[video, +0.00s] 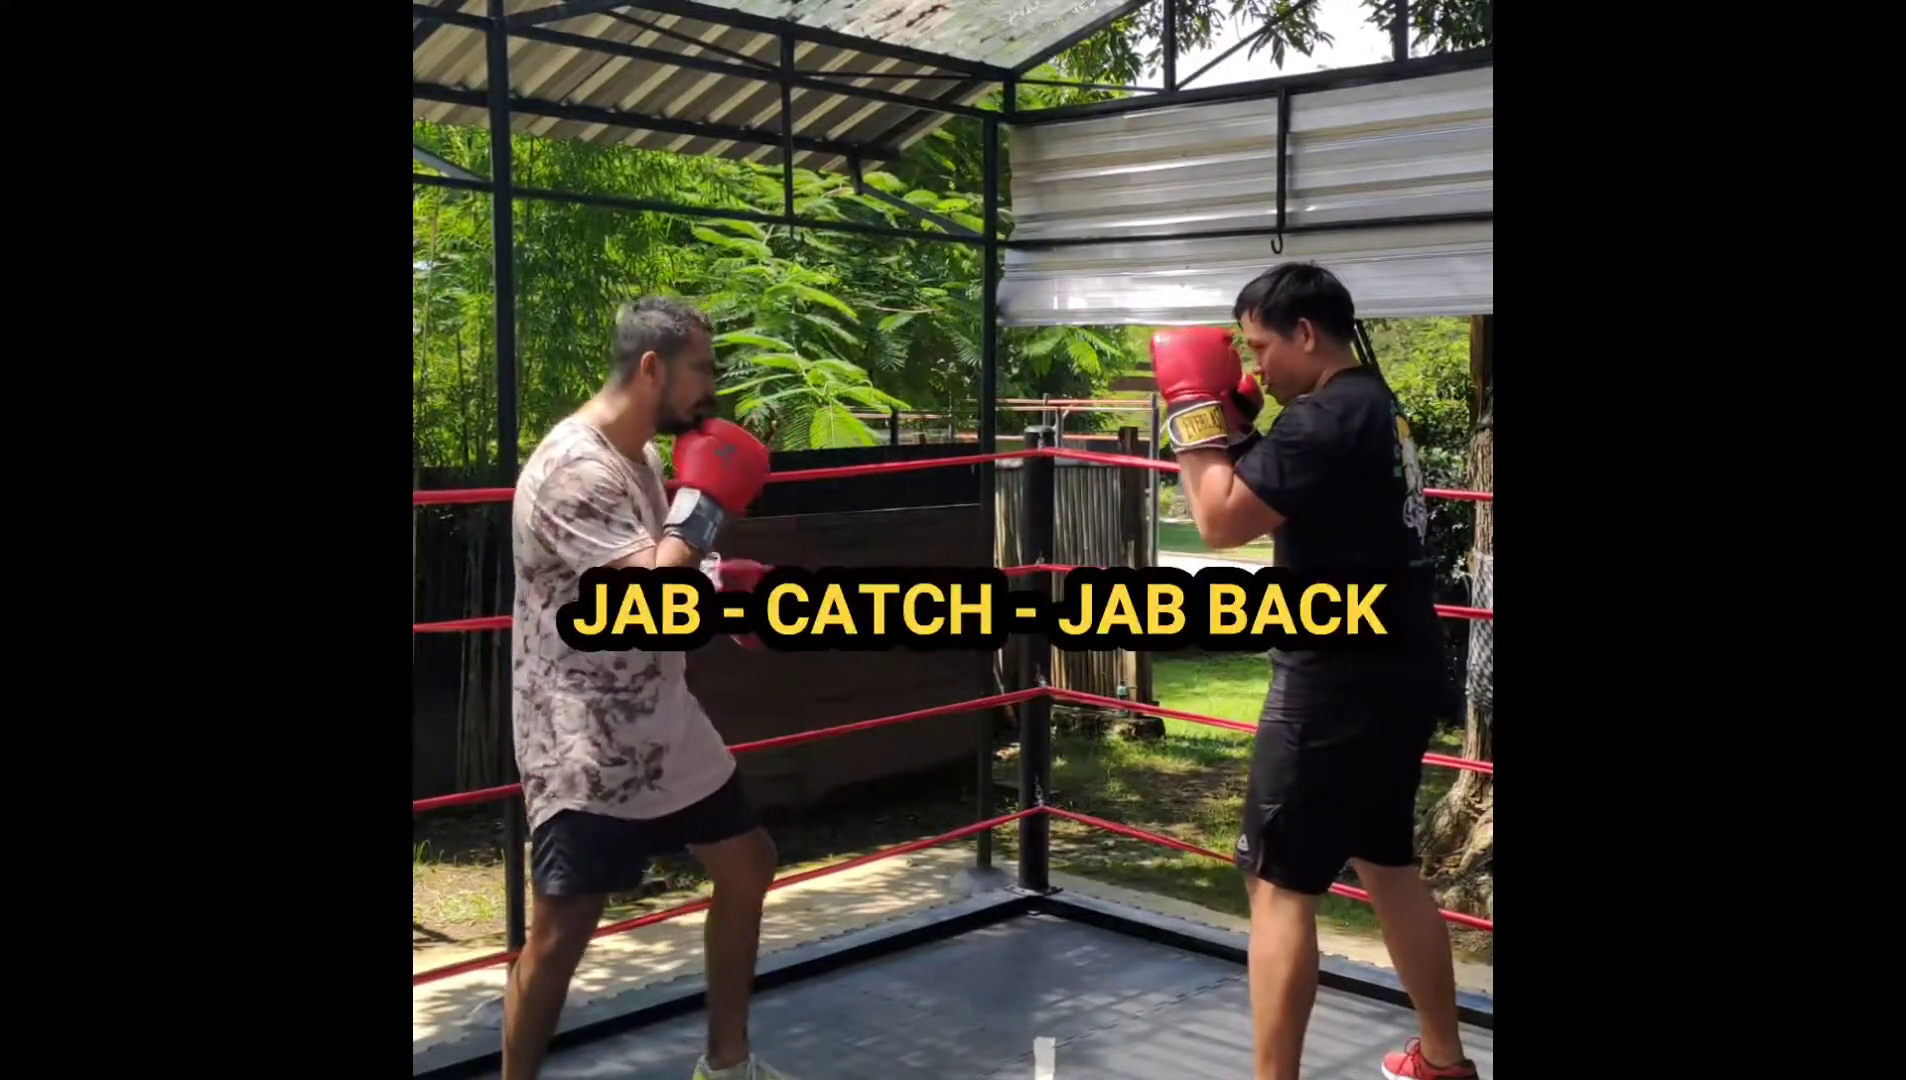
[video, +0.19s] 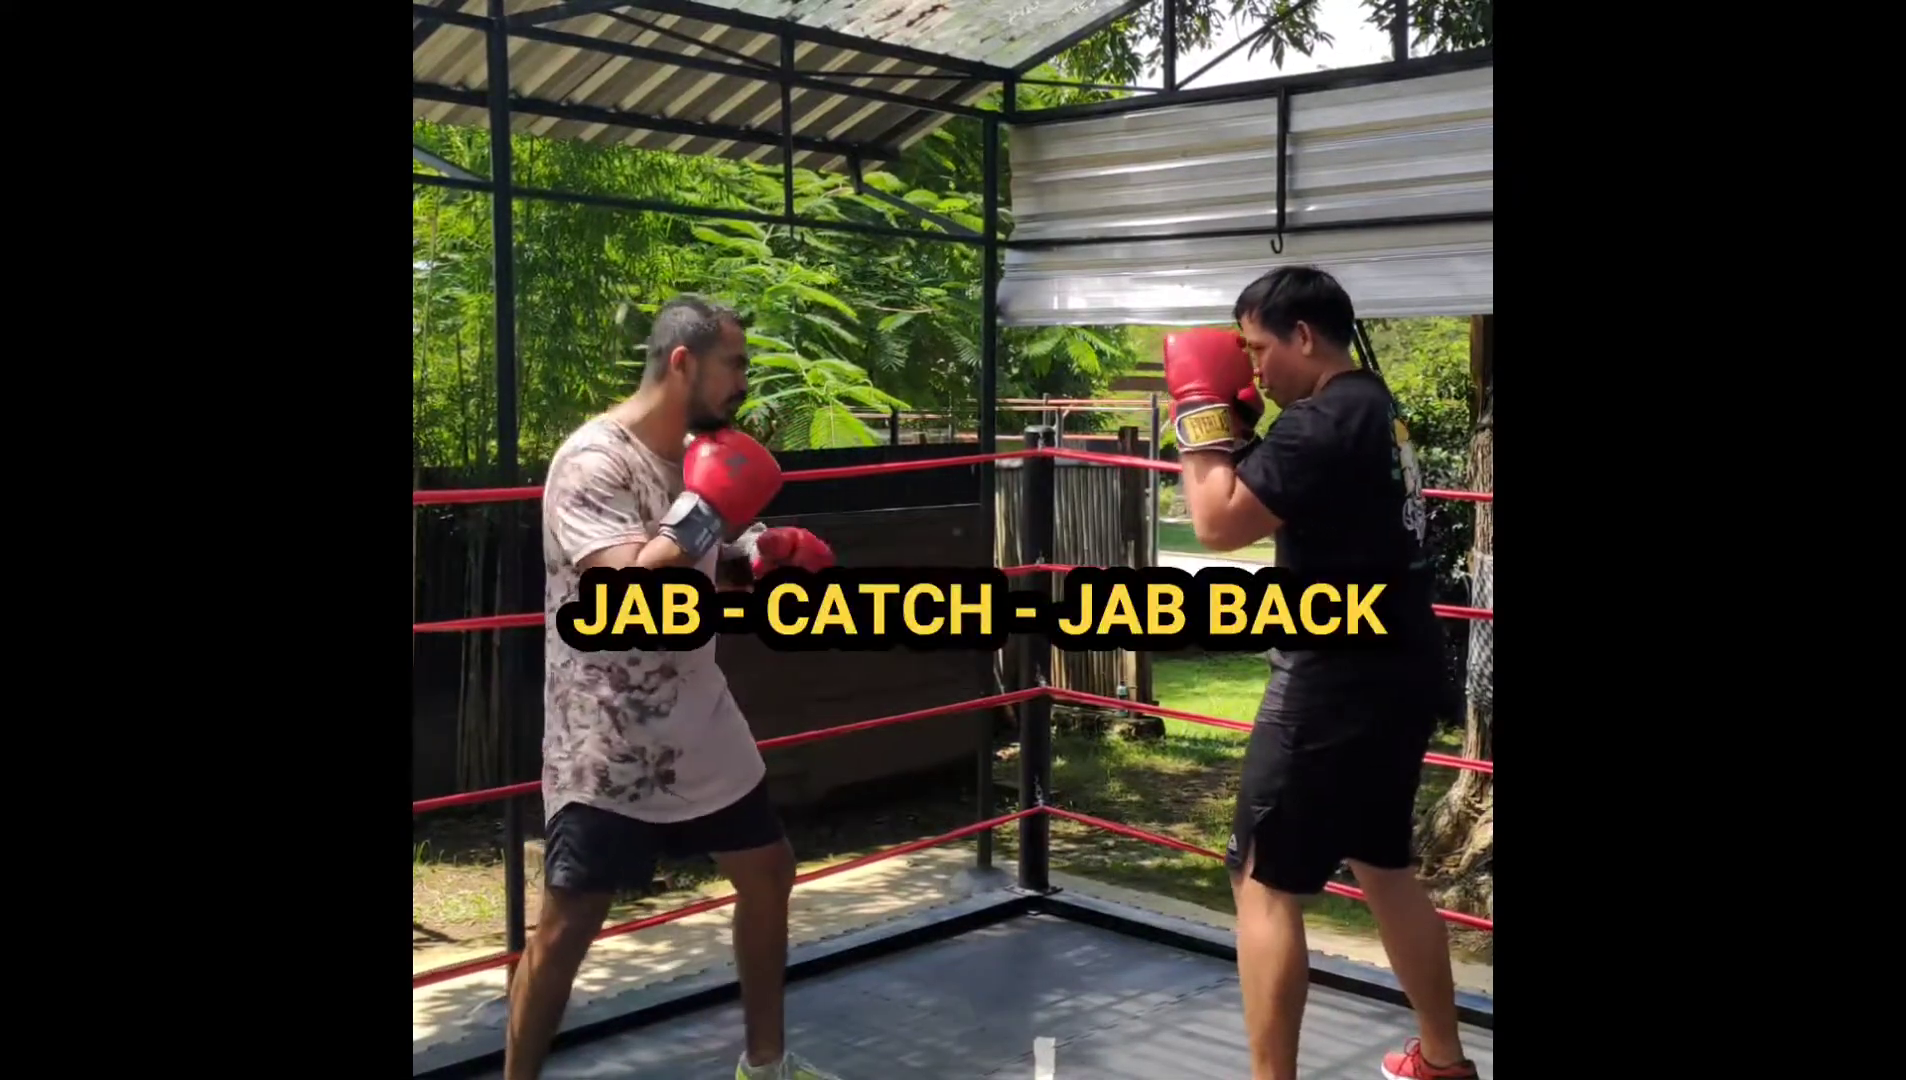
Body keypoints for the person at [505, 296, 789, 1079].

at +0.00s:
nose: (711, 387)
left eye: (712, 369)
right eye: (701, 368)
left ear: (650, 369)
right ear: (651, 366)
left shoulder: (643, 462)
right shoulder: (568, 468)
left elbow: (661, 575)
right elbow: (652, 588)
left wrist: (722, 599)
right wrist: (707, 500)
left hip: (665, 726)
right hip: (580, 742)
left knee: (746, 866)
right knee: (555, 938)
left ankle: (728, 1060)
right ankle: (516, 1077)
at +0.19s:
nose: (743, 381)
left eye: (745, 365)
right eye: (735, 364)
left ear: (688, 366)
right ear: (681, 362)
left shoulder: (697, 459)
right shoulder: (587, 461)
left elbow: (694, 561)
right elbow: (624, 585)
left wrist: (756, 555)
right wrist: (705, 511)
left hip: (702, 728)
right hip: (603, 743)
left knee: (767, 876)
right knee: (562, 933)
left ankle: (767, 1062)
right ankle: (517, 1076)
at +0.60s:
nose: (811, 375)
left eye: (813, 358)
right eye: (799, 357)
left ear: (762, 360)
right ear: (742, 354)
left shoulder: (797, 449)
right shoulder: (652, 443)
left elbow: (900, 512)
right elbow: (644, 563)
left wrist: (945, 476)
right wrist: (746, 496)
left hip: (761, 718)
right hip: (646, 719)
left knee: (800, 874)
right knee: (578, 902)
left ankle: (770, 1059)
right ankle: (524, 1073)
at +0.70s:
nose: (796, 374)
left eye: (797, 358)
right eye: (784, 357)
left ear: (746, 358)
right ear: (729, 354)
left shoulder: (778, 456)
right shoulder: (636, 447)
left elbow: (815, 558)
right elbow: (636, 566)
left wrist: (860, 549)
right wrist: (733, 501)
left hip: (751, 722)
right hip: (638, 724)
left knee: (790, 874)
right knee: (572, 905)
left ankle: (770, 1059)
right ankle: (511, 1073)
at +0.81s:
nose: (774, 375)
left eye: (775, 358)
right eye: (763, 358)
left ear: (719, 361)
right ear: (709, 356)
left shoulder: (751, 460)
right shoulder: (611, 452)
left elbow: (769, 576)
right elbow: (624, 576)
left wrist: (775, 641)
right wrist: (716, 496)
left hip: (732, 721)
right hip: (619, 731)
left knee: (779, 875)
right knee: (565, 909)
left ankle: (770, 1059)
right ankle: (509, 1074)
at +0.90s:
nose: (755, 380)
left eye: (755, 362)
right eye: (744, 362)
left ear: (696, 364)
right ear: (690, 361)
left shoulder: (721, 465)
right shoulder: (588, 459)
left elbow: (740, 575)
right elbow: (608, 586)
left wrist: (745, 638)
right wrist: (696, 506)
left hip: (704, 725)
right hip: (599, 740)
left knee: (763, 873)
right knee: (550, 925)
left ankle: (767, 1059)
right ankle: (508, 1075)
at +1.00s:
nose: (738, 378)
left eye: (740, 362)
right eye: (729, 361)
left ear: (684, 361)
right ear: (676, 357)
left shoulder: (710, 455)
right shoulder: (575, 456)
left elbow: (737, 556)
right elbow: (604, 580)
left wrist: (743, 597)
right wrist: (686, 496)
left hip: (694, 719)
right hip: (591, 734)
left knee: (749, 868)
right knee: (550, 923)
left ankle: (761, 1057)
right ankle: (508, 1075)